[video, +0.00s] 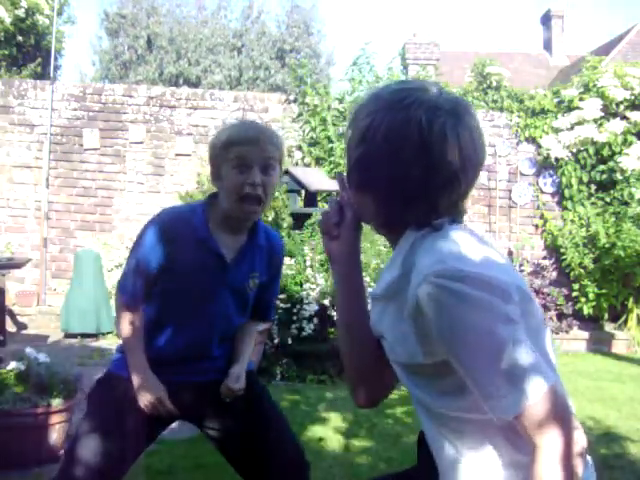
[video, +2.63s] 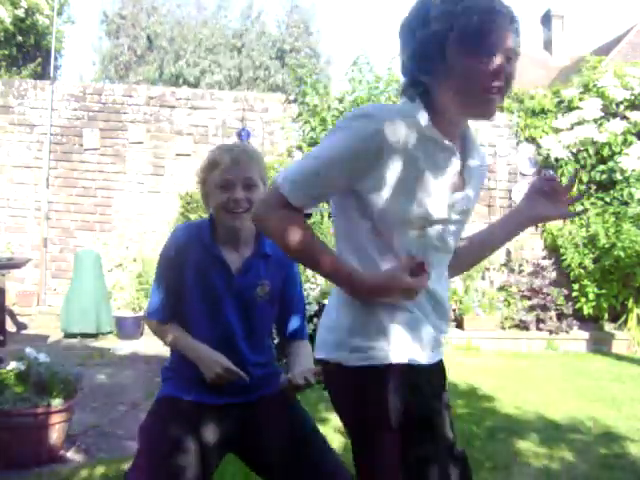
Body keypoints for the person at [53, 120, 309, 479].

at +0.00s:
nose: (255, 180)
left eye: (266, 169)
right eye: (242, 167)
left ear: (278, 178)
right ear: (216, 173)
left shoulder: (269, 248)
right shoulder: (167, 229)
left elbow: (254, 319)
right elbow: (129, 303)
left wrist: (241, 363)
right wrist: (141, 375)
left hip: (220, 378)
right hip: (148, 374)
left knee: (287, 468)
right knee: (85, 466)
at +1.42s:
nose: (245, 143)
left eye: (253, 134)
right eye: (232, 133)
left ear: (265, 144)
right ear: (208, 138)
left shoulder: (272, 210)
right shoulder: (173, 187)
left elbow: (266, 285)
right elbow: (133, 255)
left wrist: (276, 334)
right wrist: (158, 313)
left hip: (238, 364)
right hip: (163, 359)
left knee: (290, 470)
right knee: (124, 467)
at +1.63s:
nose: (236, 39)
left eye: (246, 29)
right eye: (222, 29)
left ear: (259, 33)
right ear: (198, 34)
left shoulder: (271, 93)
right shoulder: (170, 89)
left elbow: (296, 177)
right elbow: (125, 167)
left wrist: (301, 189)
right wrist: (155, 208)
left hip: (244, 267)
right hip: (172, 260)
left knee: (283, 382)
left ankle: (299, 477)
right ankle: (130, 449)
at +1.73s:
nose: (220, 87)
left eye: (231, 75)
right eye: (207, 76)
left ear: (248, 74)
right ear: (187, 77)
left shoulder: (267, 120)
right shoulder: (167, 116)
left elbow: (302, 201)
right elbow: (133, 200)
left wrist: (270, 210)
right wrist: (192, 201)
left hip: (246, 257)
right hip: (178, 250)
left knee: (295, 333)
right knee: (90, 312)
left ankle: (307, 419)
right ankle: (173, 366)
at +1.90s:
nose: (214, 116)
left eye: (226, 107)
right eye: (201, 106)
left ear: (244, 119)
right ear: (182, 120)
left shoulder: (266, 178)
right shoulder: (164, 177)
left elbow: (282, 232)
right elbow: (161, 241)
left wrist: (290, 281)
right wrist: (167, 274)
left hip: (259, 344)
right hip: (184, 345)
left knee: (313, 446)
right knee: (133, 444)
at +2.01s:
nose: (207, 178)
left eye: (218, 165)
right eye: (194, 169)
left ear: (239, 167)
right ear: (179, 176)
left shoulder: (271, 230)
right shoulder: (168, 224)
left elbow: (294, 313)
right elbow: (169, 302)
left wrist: (282, 370)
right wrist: (184, 343)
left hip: (262, 377)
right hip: (191, 371)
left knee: (304, 463)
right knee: (125, 455)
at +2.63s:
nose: (238, 197)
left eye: (249, 187)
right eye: (225, 187)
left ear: (264, 192)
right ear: (206, 194)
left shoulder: (279, 253)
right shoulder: (185, 241)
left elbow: (295, 332)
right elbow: (157, 317)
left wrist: (301, 366)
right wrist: (199, 353)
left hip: (261, 397)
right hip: (191, 398)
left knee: (329, 474)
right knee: (154, 474)